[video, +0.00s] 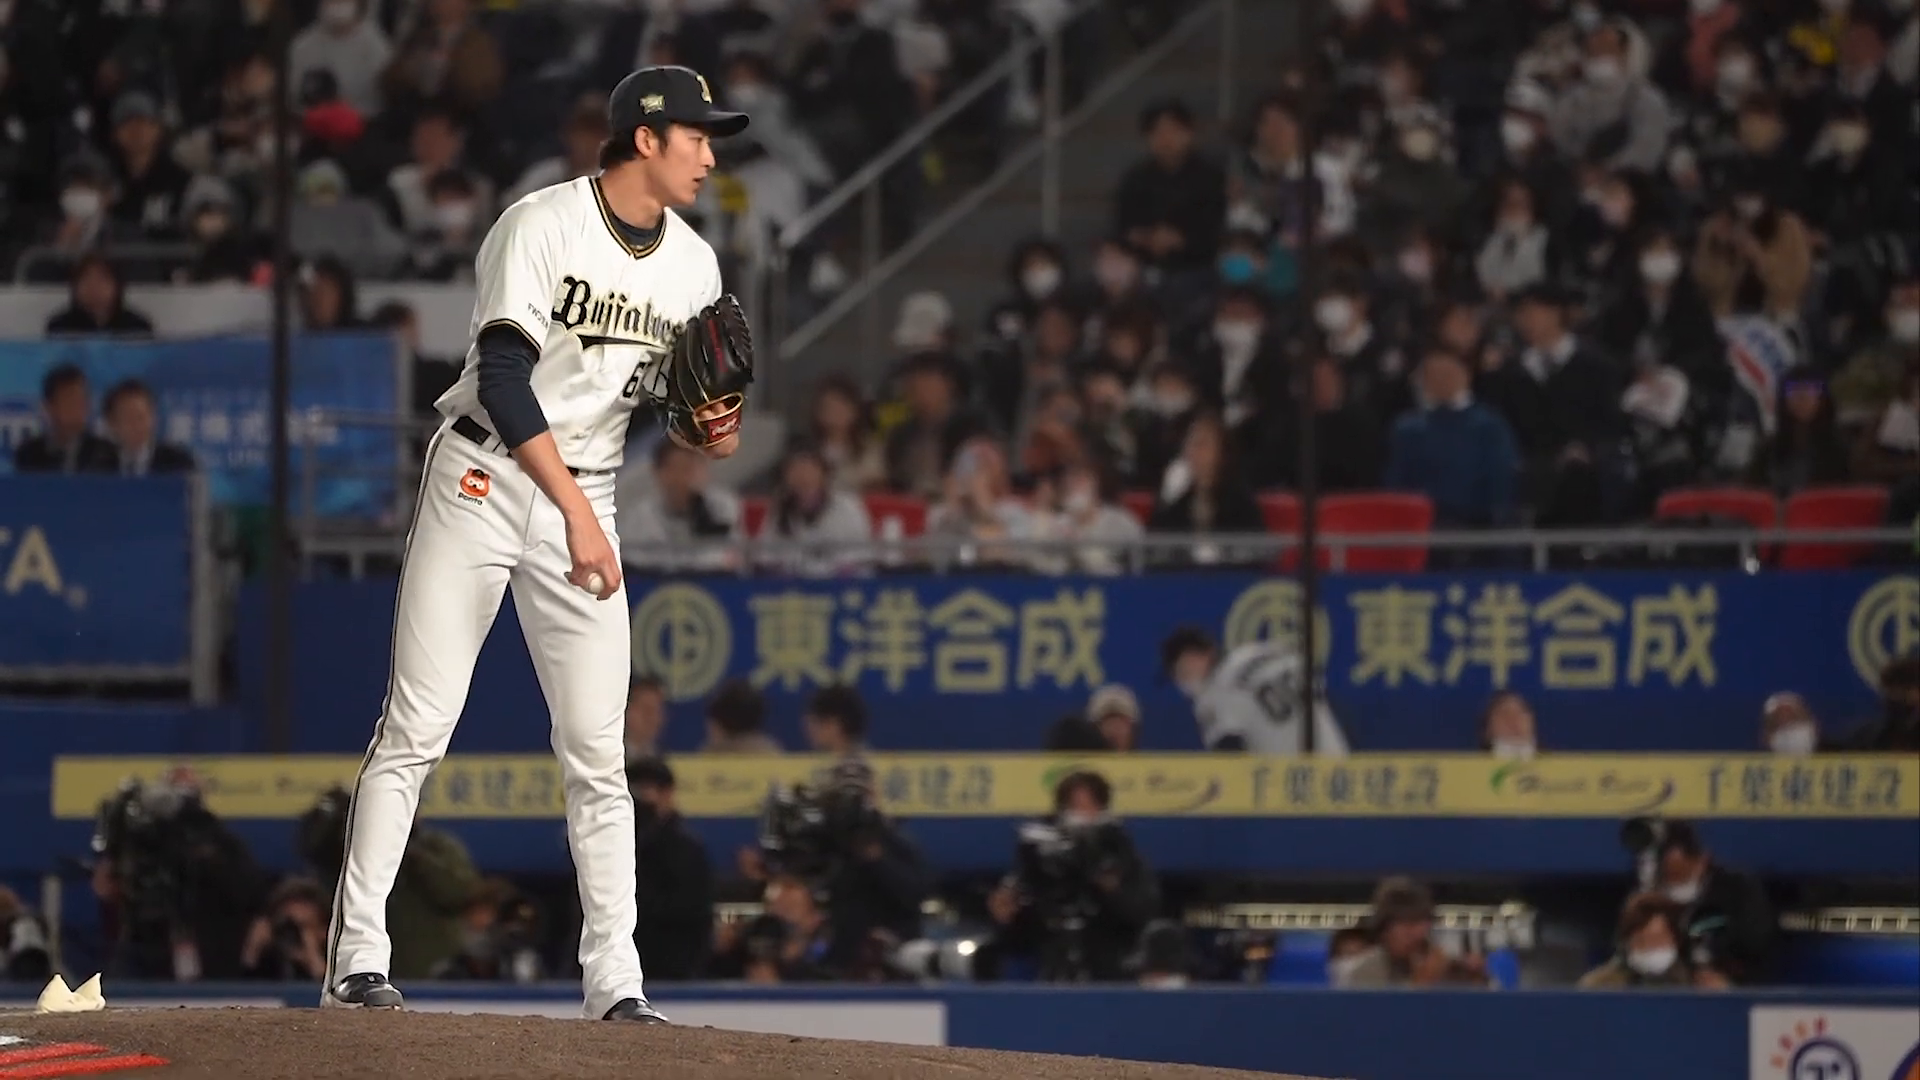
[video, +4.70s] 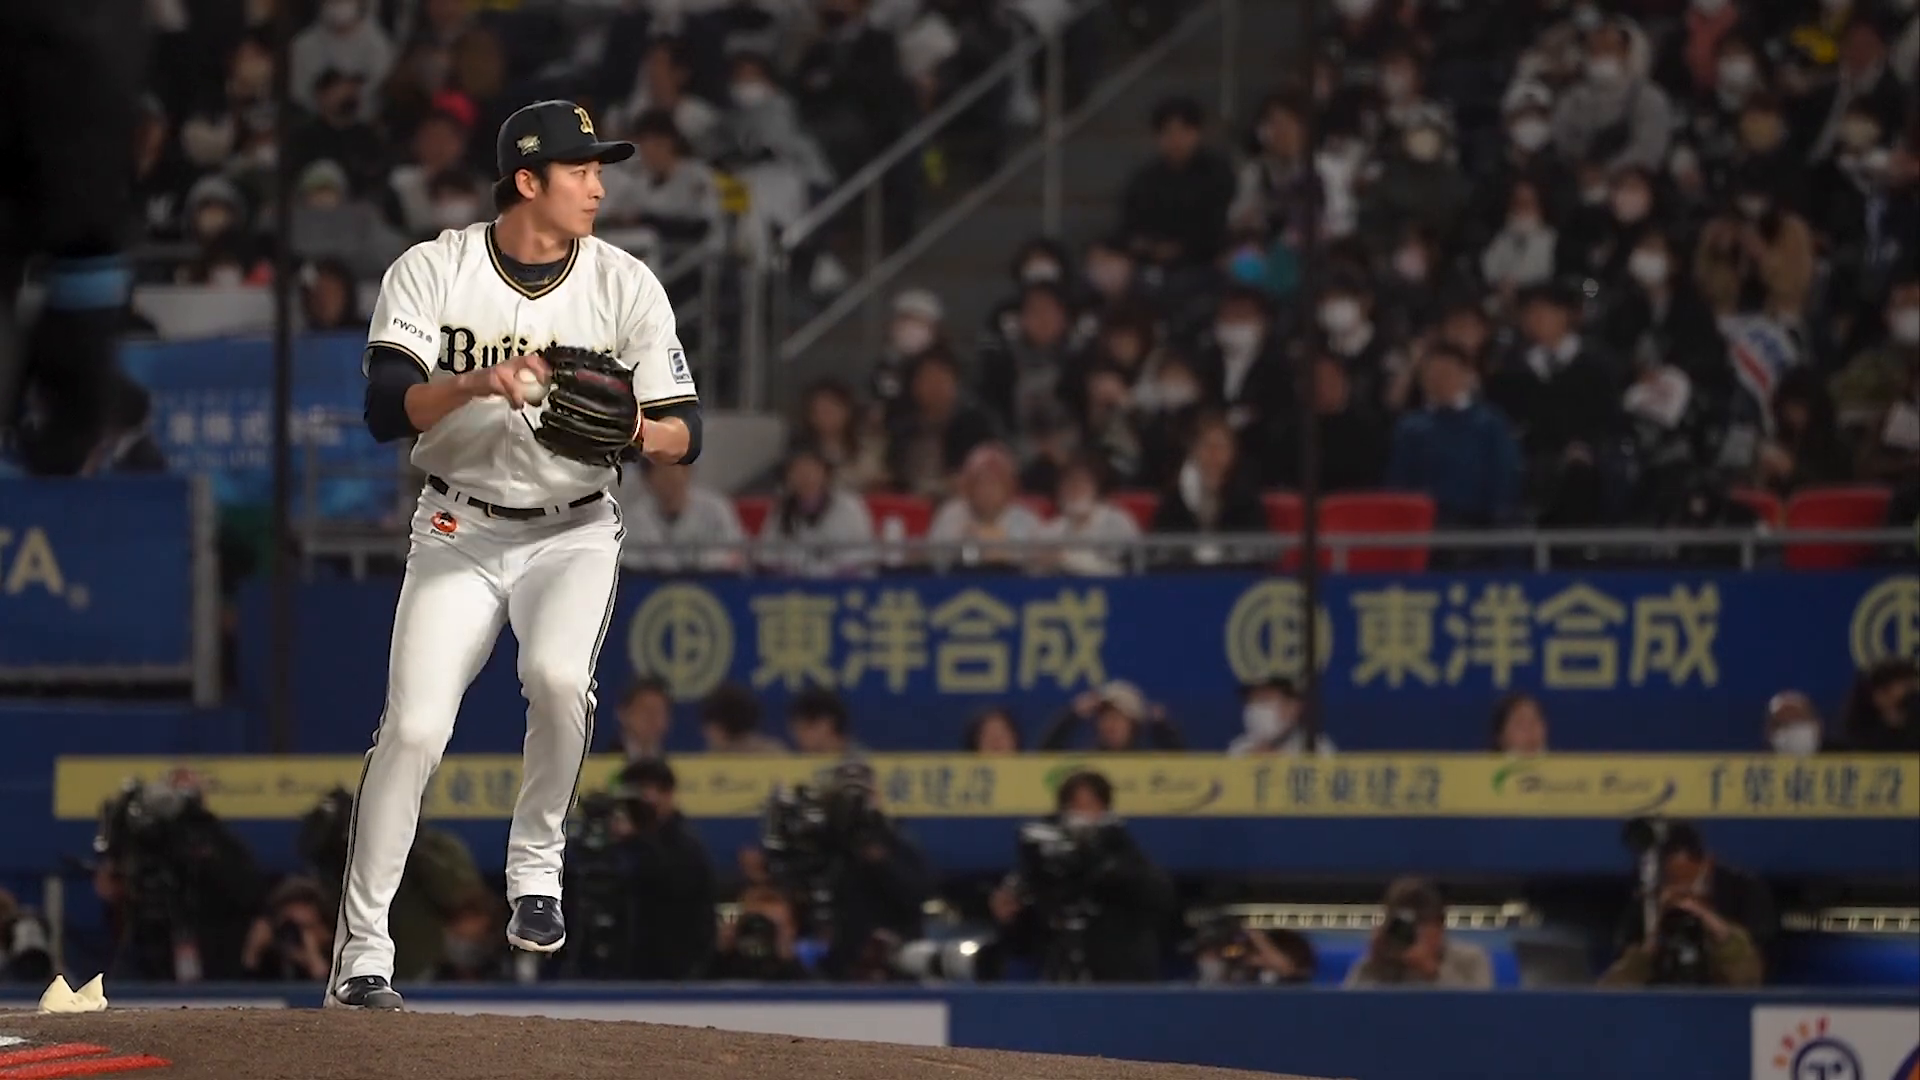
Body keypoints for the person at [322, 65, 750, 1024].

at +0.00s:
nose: (710, 154)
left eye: (711, 137)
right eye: (696, 136)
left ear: (681, 146)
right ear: (642, 138)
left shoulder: (696, 264)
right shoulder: (539, 222)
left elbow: (679, 402)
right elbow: (501, 378)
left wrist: (710, 426)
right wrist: (576, 507)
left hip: (586, 506)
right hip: (483, 480)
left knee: (598, 754)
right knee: (416, 727)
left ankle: (615, 988)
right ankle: (359, 957)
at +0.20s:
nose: (634, 134)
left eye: (643, 120)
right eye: (615, 117)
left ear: (648, 137)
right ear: (564, 125)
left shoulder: (666, 256)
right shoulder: (476, 219)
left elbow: (681, 416)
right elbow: (393, 358)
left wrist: (688, 438)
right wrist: (512, 419)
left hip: (572, 521)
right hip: (454, 504)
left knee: (595, 755)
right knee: (409, 731)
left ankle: (616, 987)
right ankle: (359, 960)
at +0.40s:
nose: (541, 114)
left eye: (552, 100)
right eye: (520, 98)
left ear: (565, 121)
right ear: (475, 112)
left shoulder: (603, 234)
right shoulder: (407, 213)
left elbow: (639, 385)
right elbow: (343, 362)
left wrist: (597, 367)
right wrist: (458, 347)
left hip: (540, 500)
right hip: (423, 489)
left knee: (584, 745)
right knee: (398, 724)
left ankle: (616, 986)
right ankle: (357, 959)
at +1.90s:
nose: (475, 110)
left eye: (490, 94)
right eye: (455, 94)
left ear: (515, 111)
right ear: (422, 113)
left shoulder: (558, 199)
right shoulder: (374, 199)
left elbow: (567, 254)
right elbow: (374, 247)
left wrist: (542, 273)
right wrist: (439, 261)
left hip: (517, 493)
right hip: (399, 492)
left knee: (581, 734)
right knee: (379, 725)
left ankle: (637, 963)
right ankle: (357, 962)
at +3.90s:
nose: (590, 132)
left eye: (593, 116)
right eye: (572, 116)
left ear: (590, 131)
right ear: (518, 126)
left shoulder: (626, 235)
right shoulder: (429, 221)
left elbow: (658, 373)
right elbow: (407, 345)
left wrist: (587, 277)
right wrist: (490, 248)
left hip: (567, 512)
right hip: (449, 504)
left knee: (604, 747)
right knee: (412, 723)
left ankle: (645, 970)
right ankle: (361, 955)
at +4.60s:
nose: (594, 146)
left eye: (596, 130)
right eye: (577, 129)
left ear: (584, 142)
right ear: (520, 137)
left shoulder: (624, 244)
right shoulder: (428, 223)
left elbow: (656, 386)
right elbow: (395, 354)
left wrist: (603, 317)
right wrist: (497, 276)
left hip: (569, 509)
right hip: (449, 503)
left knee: (595, 732)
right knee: (409, 721)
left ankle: (612, 945)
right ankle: (360, 957)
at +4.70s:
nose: (600, 183)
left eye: (600, 168)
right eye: (582, 168)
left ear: (584, 181)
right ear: (526, 180)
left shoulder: (627, 285)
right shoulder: (430, 268)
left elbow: (683, 434)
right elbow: (386, 409)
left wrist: (635, 430)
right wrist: (481, 382)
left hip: (575, 529)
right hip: (458, 529)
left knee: (557, 678)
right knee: (413, 729)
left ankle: (537, 861)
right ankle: (363, 948)